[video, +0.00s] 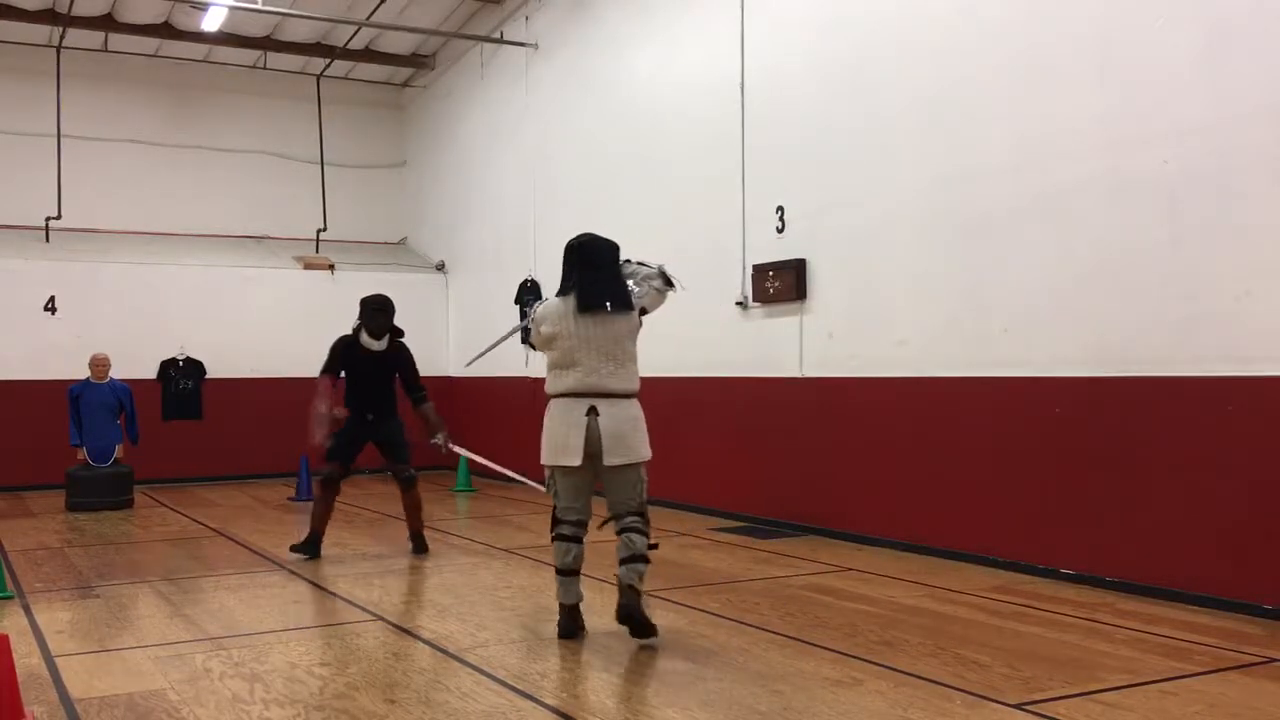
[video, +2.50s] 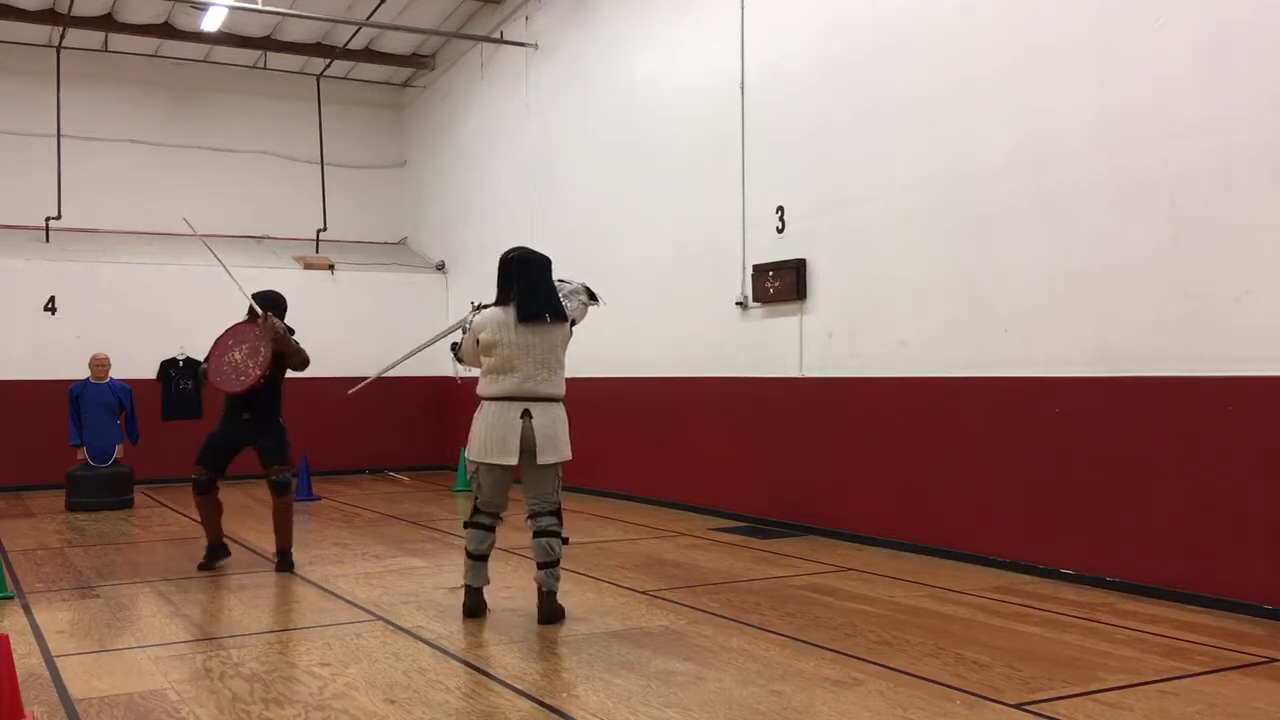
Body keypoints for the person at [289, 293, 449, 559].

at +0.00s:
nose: (378, 321)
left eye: (384, 315)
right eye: (373, 315)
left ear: (391, 319)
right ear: (362, 316)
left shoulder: (398, 351)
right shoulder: (344, 346)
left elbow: (417, 393)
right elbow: (325, 385)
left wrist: (438, 428)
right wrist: (323, 422)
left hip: (387, 422)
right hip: (353, 421)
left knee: (407, 479)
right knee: (329, 478)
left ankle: (417, 536)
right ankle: (313, 540)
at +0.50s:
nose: (381, 323)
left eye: (387, 318)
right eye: (378, 316)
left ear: (397, 319)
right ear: (371, 317)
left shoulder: (407, 347)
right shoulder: (356, 341)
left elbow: (428, 388)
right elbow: (344, 377)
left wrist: (410, 384)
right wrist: (363, 369)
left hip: (394, 415)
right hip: (363, 414)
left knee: (409, 473)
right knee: (344, 471)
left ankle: (419, 536)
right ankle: (346, 524)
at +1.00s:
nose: (330, 325)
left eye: (337, 320)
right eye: (328, 320)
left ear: (349, 323)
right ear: (325, 322)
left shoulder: (361, 356)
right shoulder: (319, 351)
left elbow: (376, 399)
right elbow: (304, 379)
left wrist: (389, 434)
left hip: (350, 421)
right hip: (321, 421)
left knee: (362, 472)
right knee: (317, 475)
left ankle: (374, 533)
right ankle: (342, 528)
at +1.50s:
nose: (304, 330)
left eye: (310, 325)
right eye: (301, 324)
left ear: (323, 327)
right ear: (296, 324)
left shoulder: (335, 358)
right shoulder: (292, 351)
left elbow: (353, 401)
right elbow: (267, 381)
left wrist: (368, 436)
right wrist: (269, 368)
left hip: (318, 423)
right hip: (292, 421)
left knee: (303, 478)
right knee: (307, 479)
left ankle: (290, 543)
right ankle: (339, 522)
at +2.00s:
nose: (282, 320)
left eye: (289, 315)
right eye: (278, 314)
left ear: (300, 317)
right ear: (272, 313)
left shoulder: (308, 343)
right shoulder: (259, 338)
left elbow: (327, 375)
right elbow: (232, 369)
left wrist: (313, 375)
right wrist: (250, 362)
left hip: (292, 420)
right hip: (261, 418)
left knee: (293, 480)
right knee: (236, 476)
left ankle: (288, 546)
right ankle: (230, 544)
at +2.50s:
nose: (251, 320)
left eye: (258, 316)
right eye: (250, 315)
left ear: (274, 319)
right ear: (249, 316)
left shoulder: (283, 342)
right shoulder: (238, 340)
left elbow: (301, 364)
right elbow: (212, 370)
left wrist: (280, 338)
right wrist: (205, 372)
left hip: (267, 423)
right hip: (233, 422)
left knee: (281, 481)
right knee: (202, 480)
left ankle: (284, 553)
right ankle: (215, 544)